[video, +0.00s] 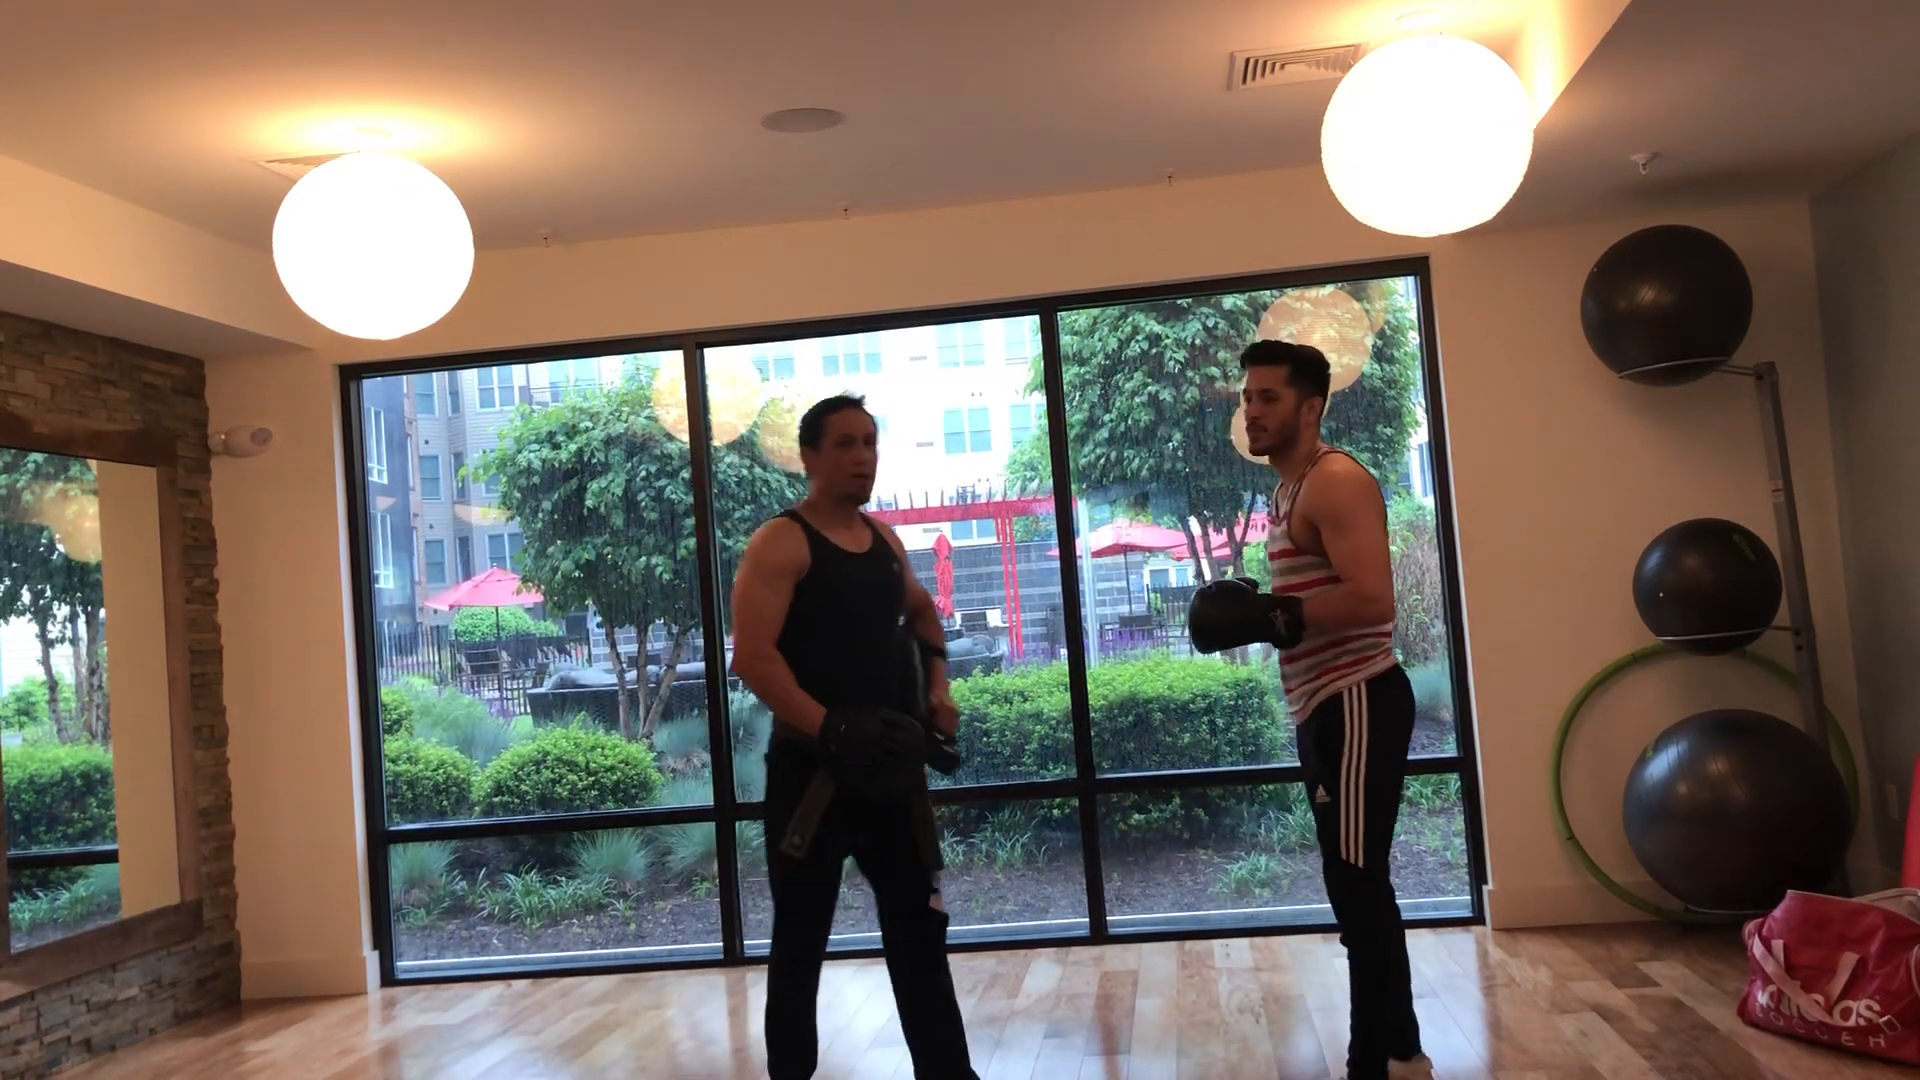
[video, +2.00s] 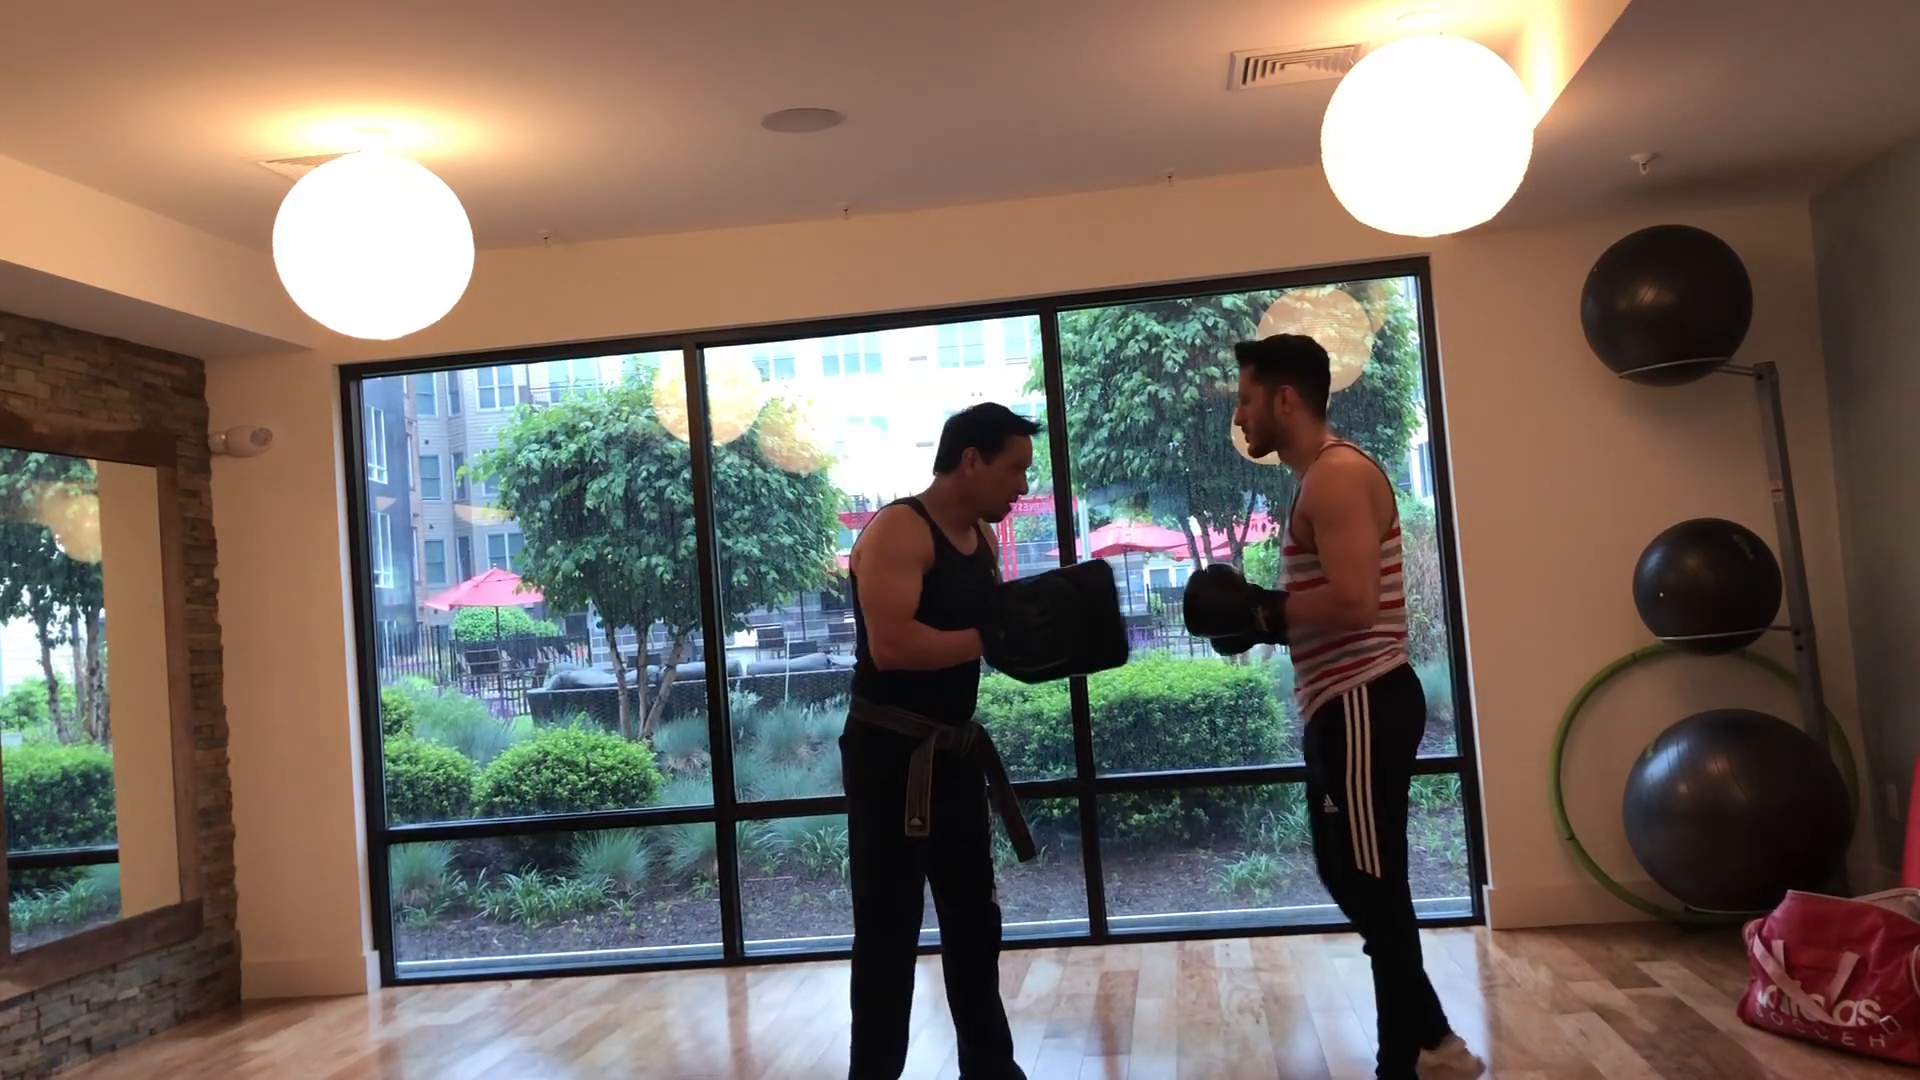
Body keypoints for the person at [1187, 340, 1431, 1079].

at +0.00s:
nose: (1252, 411)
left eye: (1268, 397)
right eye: (1248, 398)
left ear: (1311, 405)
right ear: (1251, 405)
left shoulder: (1338, 480)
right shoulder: (1293, 488)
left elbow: (1374, 602)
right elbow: (1321, 596)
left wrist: (1273, 615)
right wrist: (1255, 609)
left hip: (1360, 698)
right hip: (1328, 701)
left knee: (1356, 883)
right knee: (1354, 881)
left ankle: (1371, 1064)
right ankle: (1399, 1045)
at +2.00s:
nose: (1237, 413)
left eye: (1245, 398)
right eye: (1238, 399)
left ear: (1283, 397)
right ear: (1291, 400)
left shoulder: (1337, 475)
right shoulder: (1321, 478)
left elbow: (1354, 603)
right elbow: (1337, 597)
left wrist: (1263, 613)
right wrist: (1261, 608)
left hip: (1365, 698)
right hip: (1343, 699)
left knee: (1370, 879)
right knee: (1348, 874)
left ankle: (1402, 1062)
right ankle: (1432, 1041)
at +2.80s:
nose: (1233, 500)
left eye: (1234, 482)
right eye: (1228, 485)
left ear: (1273, 466)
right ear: (1282, 465)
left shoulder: (1311, 507)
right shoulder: (1366, 491)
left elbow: (1333, 625)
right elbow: (1347, 626)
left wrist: (1252, 621)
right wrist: (1264, 606)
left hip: (1429, 704)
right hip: (1474, 694)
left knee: (1348, 890)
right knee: (1440, 873)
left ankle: (1380, 1068)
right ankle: (1476, 1041)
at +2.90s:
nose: (1238, 521)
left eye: (1239, 503)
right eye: (1233, 506)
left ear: (1278, 489)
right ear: (1288, 488)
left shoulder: (1327, 529)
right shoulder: (1366, 516)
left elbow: (1327, 661)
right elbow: (1339, 645)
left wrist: (1247, 625)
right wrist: (1265, 616)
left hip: (1449, 719)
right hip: (1491, 711)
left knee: (1335, 887)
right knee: (1438, 873)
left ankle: (1381, 1071)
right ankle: (1479, 1044)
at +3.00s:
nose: (1241, 534)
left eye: (1243, 516)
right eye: (1236, 519)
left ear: (1286, 504)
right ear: (1296, 503)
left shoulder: (1334, 546)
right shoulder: (1375, 531)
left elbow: (1307, 680)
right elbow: (1335, 676)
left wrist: (1239, 630)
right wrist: (1257, 618)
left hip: (1459, 731)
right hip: (1498, 724)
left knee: (1344, 902)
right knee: (1429, 885)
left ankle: (1412, 1072)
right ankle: (1477, 1043)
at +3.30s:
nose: (1230, 552)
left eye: (1234, 535)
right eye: (1229, 536)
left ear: (1273, 536)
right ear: (1283, 534)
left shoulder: (1365, 601)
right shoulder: (1345, 593)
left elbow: (1307, 745)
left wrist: (1256, 661)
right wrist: (1273, 689)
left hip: (1494, 771)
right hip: (1451, 771)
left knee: (1388, 934)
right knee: (1393, 928)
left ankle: (1429, 1070)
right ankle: (1467, 1059)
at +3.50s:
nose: (1228, 532)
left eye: (1231, 514)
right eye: (1226, 516)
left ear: (1269, 510)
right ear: (1283, 509)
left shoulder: (1359, 569)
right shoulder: (1337, 565)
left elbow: (1307, 717)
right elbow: (1373, 660)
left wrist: (1243, 648)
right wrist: (1270, 686)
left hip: (1505, 736)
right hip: (1461, 739)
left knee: (1432, 910)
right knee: (1406, 887)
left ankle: (1454, 1069)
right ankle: (1458, 1054)